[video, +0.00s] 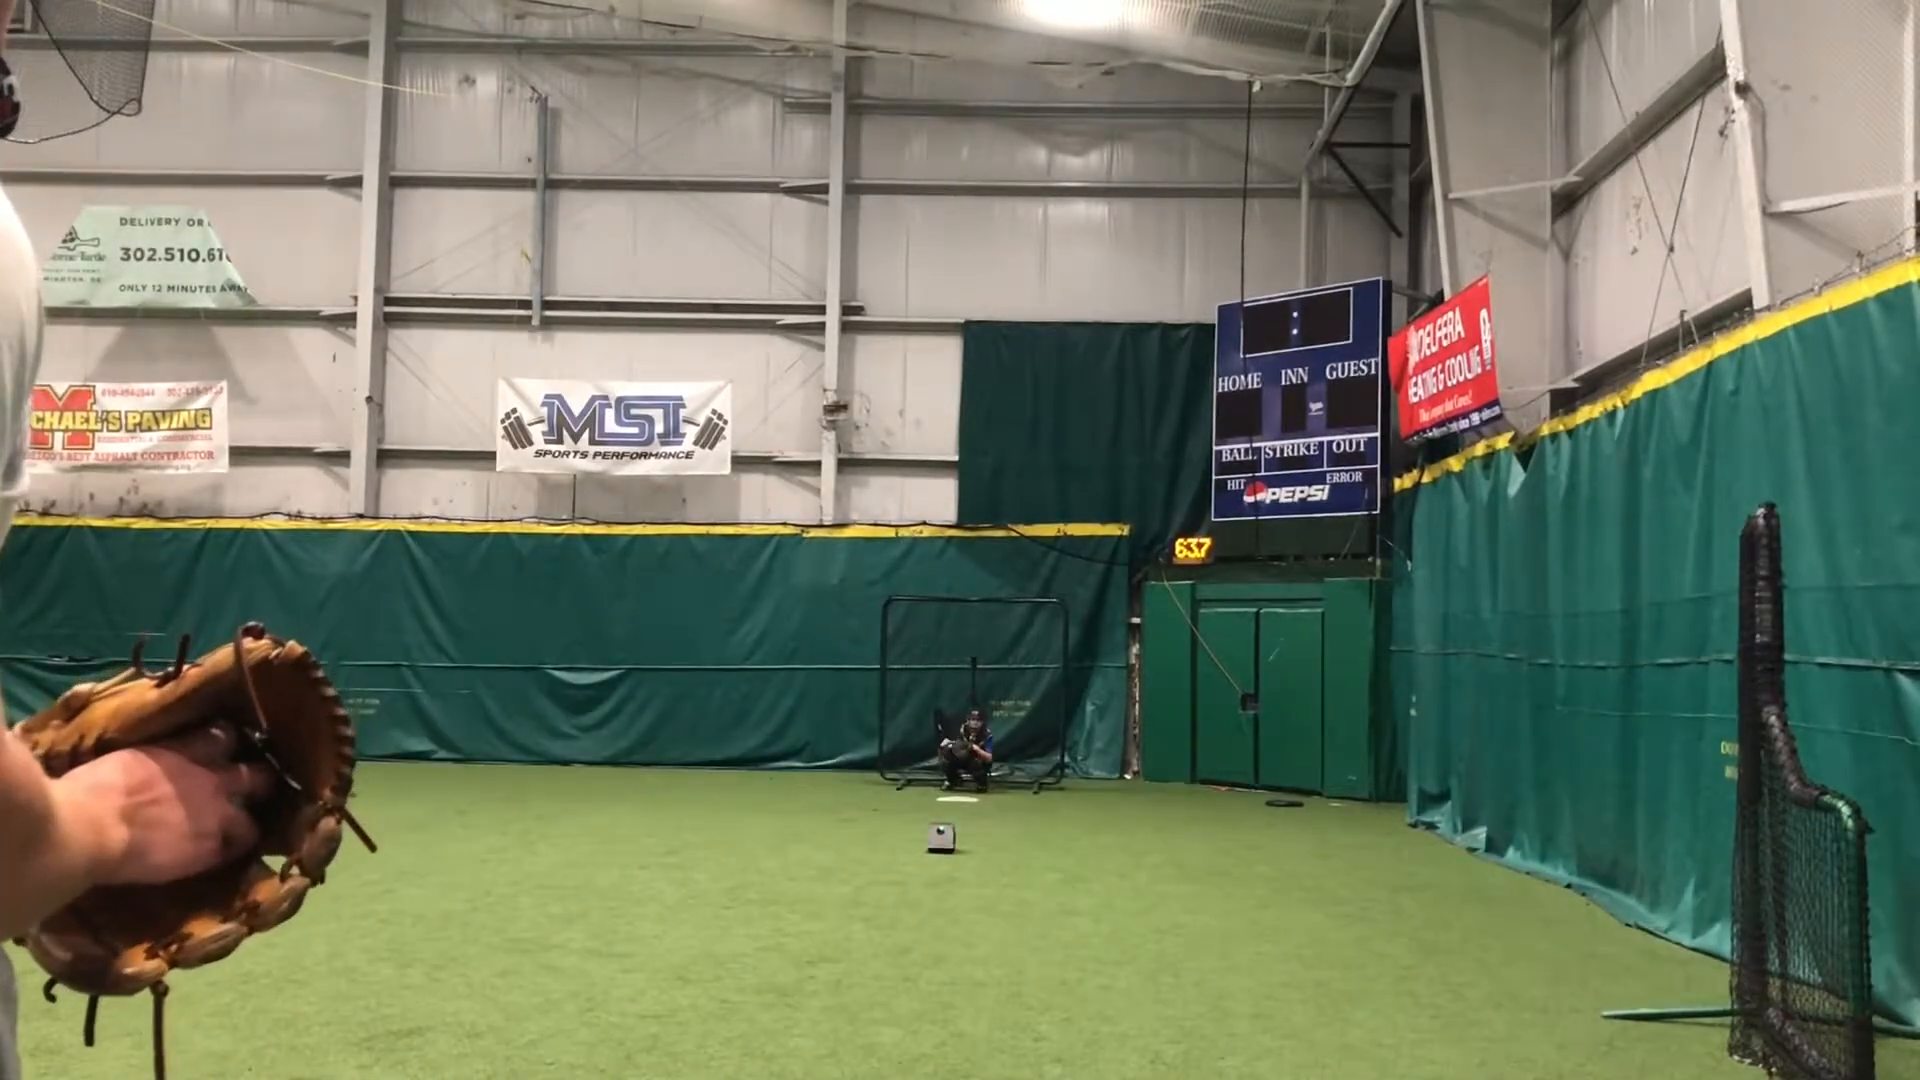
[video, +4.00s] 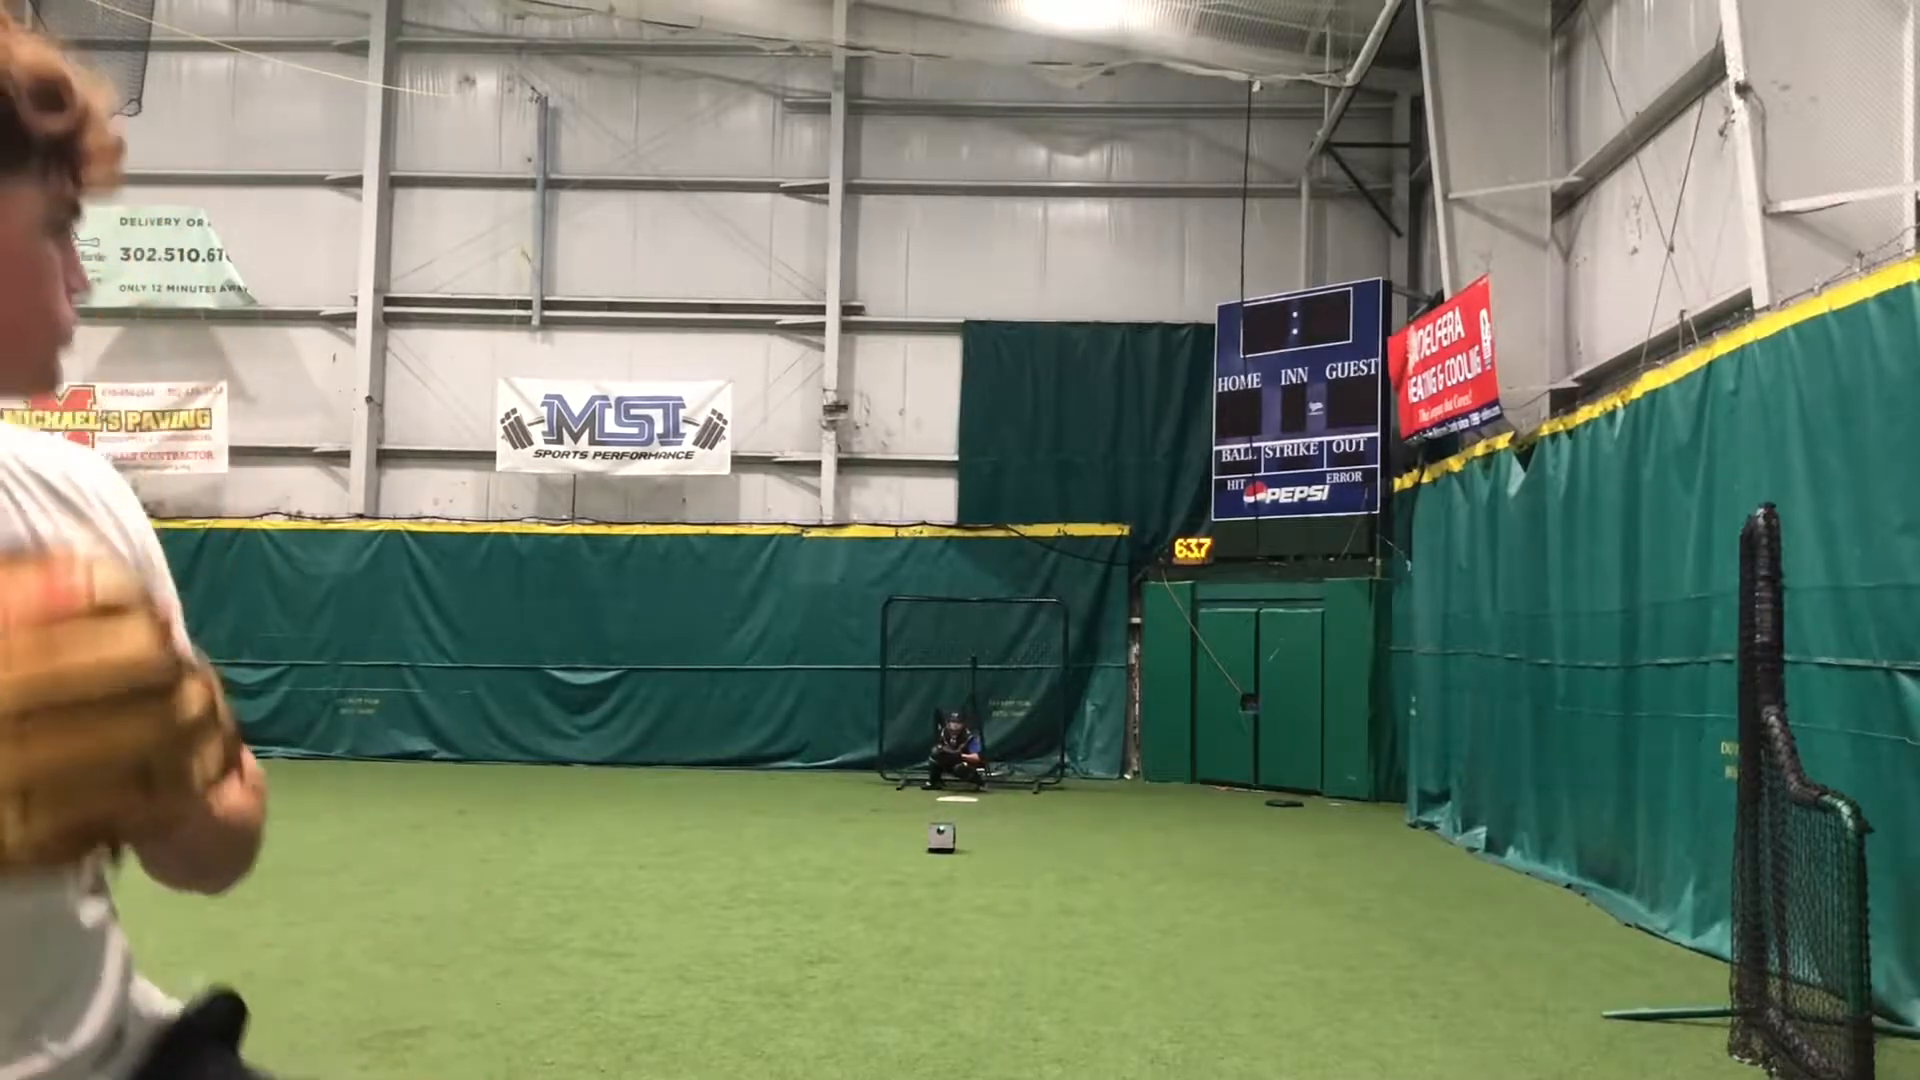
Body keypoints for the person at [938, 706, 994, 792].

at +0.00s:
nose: (975, 723)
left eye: (978, 720)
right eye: (972, 720)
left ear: (982, 723)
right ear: (968, 721)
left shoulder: (987, 735)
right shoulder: (962, 732)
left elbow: (989, 758)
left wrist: (974, 747)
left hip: (978, 760)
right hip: (963, 759)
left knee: (978, 764)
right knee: (947, 762)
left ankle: (982, 784)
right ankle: (953, 781)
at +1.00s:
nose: (964, 725)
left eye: (967, 722)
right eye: (961, 722)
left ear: (972, 724)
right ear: (957, 724)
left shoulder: (978, 738)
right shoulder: (952, 736)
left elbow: (985, 758)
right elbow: (940, 754)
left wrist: (969, 754)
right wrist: (948, 754)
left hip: (972, 765)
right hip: (955, 764)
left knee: (981, 772)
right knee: (944, 765)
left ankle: (981, 785)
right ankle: (935, 782)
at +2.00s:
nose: (964, 726)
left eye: (967, 723)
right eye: (961, 723)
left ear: (971, 725)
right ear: (957, 724)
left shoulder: (977, 738)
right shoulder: (950, 735)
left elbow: (985, 759)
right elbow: (941, 752)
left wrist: (971, 756)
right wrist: (948, 753)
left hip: (971, 764)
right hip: (953, 762)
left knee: (978, 774)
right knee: (940, 762)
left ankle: (981, 784)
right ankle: (936, 782)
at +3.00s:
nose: (962, 727)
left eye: (965, 724)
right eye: (960, 724)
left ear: (970, 726)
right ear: (955, 725)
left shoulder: (976, 739)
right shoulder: (950, 735)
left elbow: (983, 759)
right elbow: (944, 749)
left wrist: (967, 757)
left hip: (969, 764)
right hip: (953, 763)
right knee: (941, 756)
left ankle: (981, 784)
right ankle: (936, 782)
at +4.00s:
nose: (954, 726)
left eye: (958, 723)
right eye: (952, 722)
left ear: (963, 725)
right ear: (947, 724)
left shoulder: (970, 738)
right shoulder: (942, 735)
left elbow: (976, 758)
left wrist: (960, 756)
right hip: (946, 760)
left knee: (960, 768)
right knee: (935, 753)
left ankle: (980, 782)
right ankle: (935, 782)